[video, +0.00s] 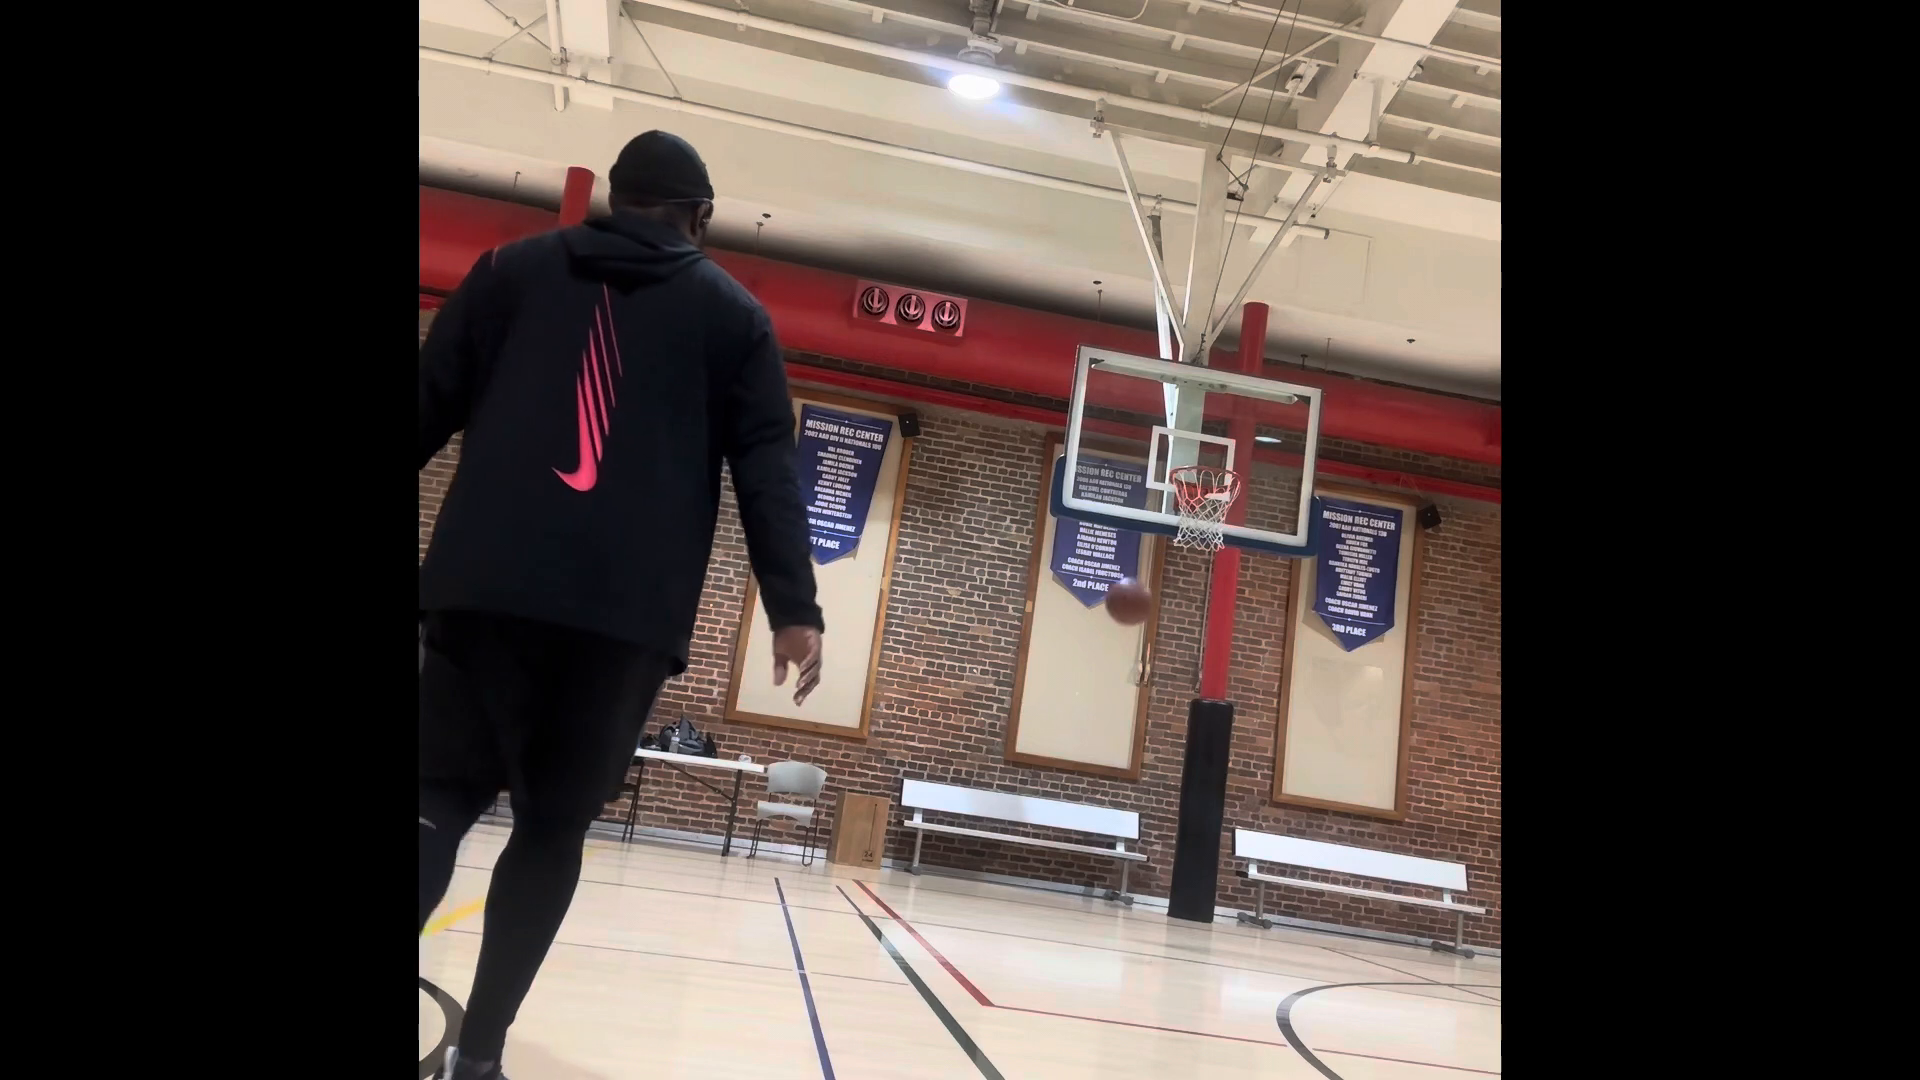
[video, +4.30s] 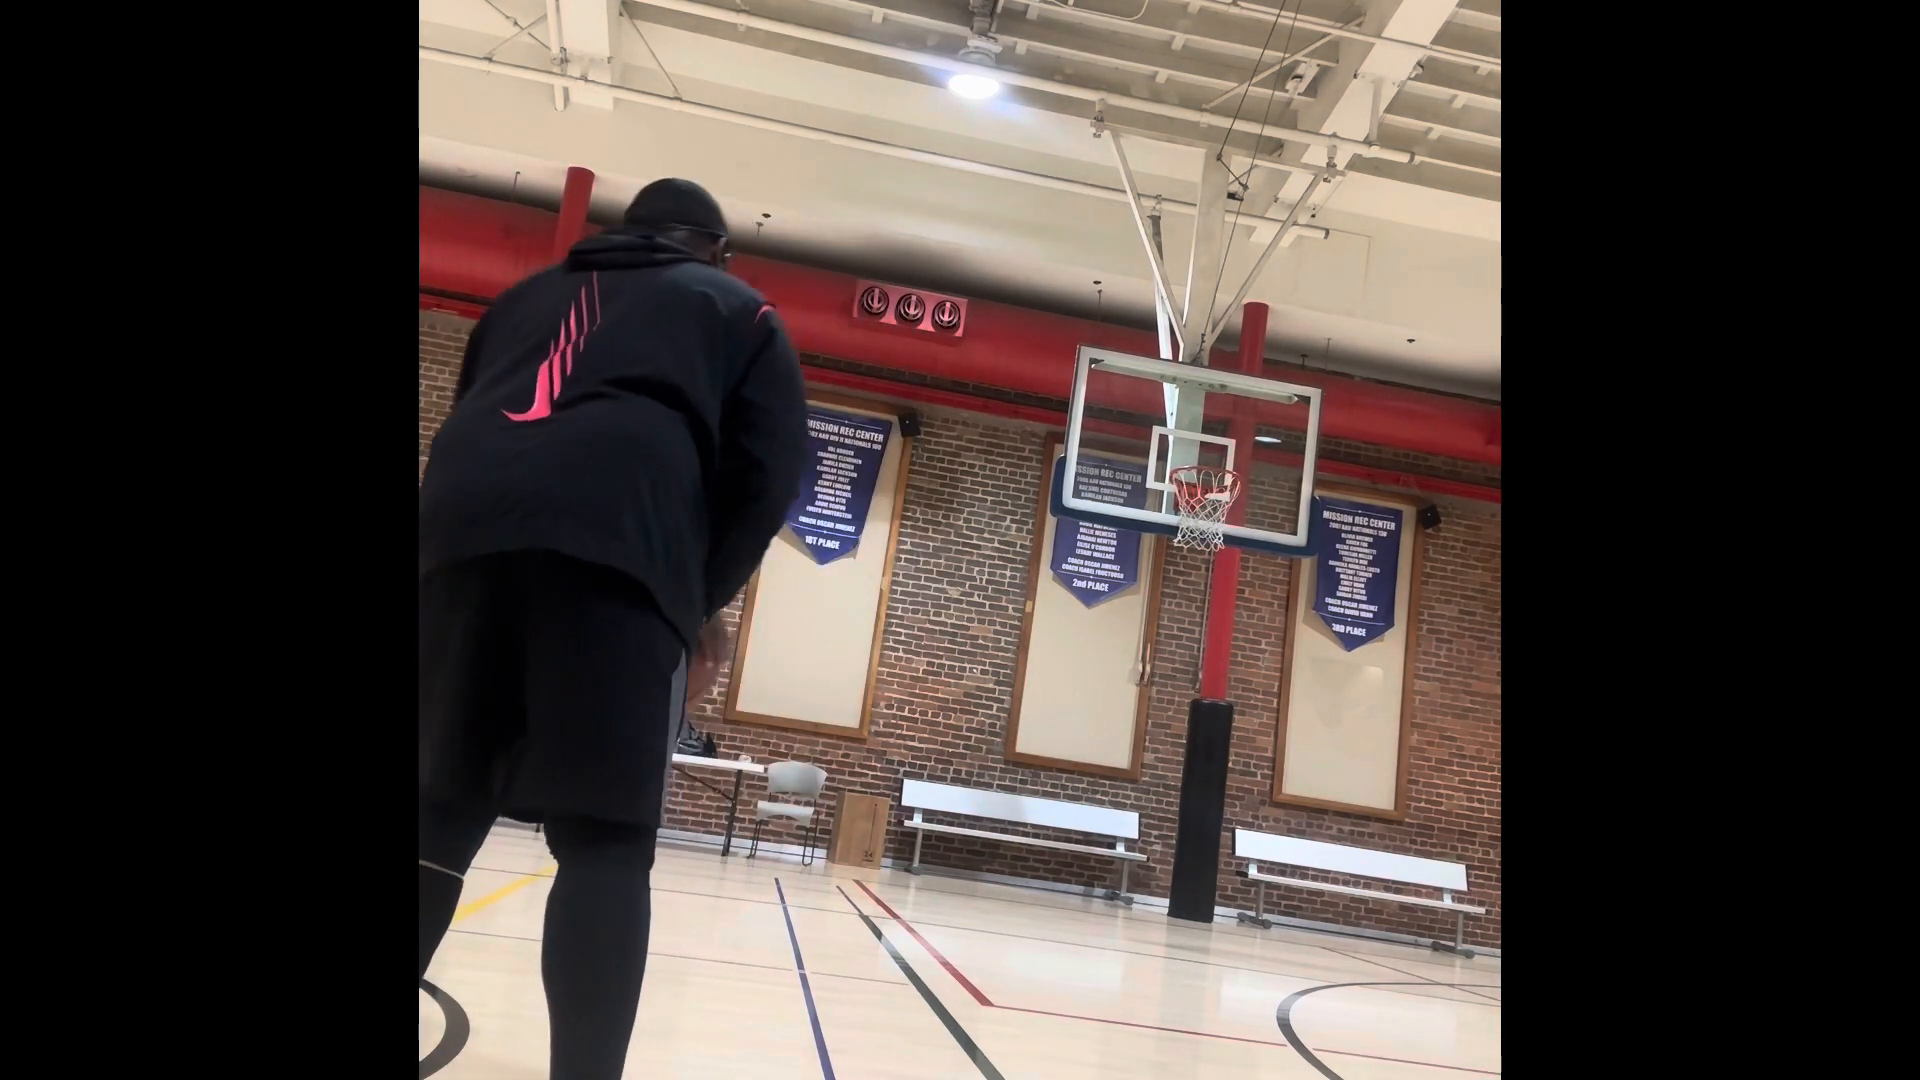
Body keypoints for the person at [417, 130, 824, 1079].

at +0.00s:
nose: (690, 227)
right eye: (701, 216)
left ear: (607, 194)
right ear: (697, 215)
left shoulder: (512, 269)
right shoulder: (731, 316)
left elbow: (426, 407)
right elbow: (767, 469)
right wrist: (796, 605)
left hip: (477, 584)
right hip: (624, 616)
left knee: (439, 793)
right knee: (552, 830)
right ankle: (477, 1048)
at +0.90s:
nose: (738, 325)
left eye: (736, 313)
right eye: (738, 313)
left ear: (658, 299)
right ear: (721, 306)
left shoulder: (578, 379)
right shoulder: (727, 383)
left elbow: (540, 508)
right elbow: (755, 520)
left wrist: (565, 595)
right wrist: (794, 636)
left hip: (558, 631)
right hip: (667, 645)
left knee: (534, 799)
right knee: (680, 809)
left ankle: (472, 1008)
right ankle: (632, 1017)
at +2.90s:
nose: (785, 342)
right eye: (781, 332)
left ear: (692, 314)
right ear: (762, 321)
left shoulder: (629, 367)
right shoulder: (768, 344)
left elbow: (557, 482)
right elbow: (805, 469)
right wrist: (812, 613)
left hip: (556, 580)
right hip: (675, 590)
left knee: (556, 802)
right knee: (690, 819)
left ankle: (486, 1041)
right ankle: (618, 1061)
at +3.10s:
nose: (822, 327)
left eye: (819, 315)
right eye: (823, 315)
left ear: (743, 283)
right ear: (810, 301)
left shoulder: (640, 349)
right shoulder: (801, 332)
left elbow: (575, 482)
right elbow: (837, 489)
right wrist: (864, 648)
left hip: (564, 593)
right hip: (686, 602)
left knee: (547, 825)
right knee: (676, 860)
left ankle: (484, 1046)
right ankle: (618, 1068)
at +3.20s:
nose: (861, 320)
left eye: (864, 310)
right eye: (863, 308)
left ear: (774, 268)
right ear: (846, 288)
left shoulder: (666, 333)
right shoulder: (831, 319)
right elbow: (867, 474)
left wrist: (788, 618)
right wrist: (904, 618)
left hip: (566, 575)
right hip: (692, 588)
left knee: (531, 827)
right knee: (689, 866)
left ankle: (473, 1048)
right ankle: (618, 1070)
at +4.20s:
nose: (767, 265)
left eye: (767, 254)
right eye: (765, 252)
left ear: (661, 227)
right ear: (749, 242)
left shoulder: (562, 284)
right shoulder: (760, 294)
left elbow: (498, 417)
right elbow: (793, 448)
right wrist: (741, 599)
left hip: (462, 538)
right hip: (619, 554)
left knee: (441, 821)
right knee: (607, 845)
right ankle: (585, 1069)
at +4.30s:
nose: (726, 268)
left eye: (722, 258)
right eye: (727, 256)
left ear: (621, 230)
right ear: (711, 249)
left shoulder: (522, 294)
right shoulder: (736, 309)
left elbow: (469, 424)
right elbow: (774, 471)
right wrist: (693, 591)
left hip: (454, 553)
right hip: (615, 568)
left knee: (438, 820)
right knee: (605, 847)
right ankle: (586, 1069)